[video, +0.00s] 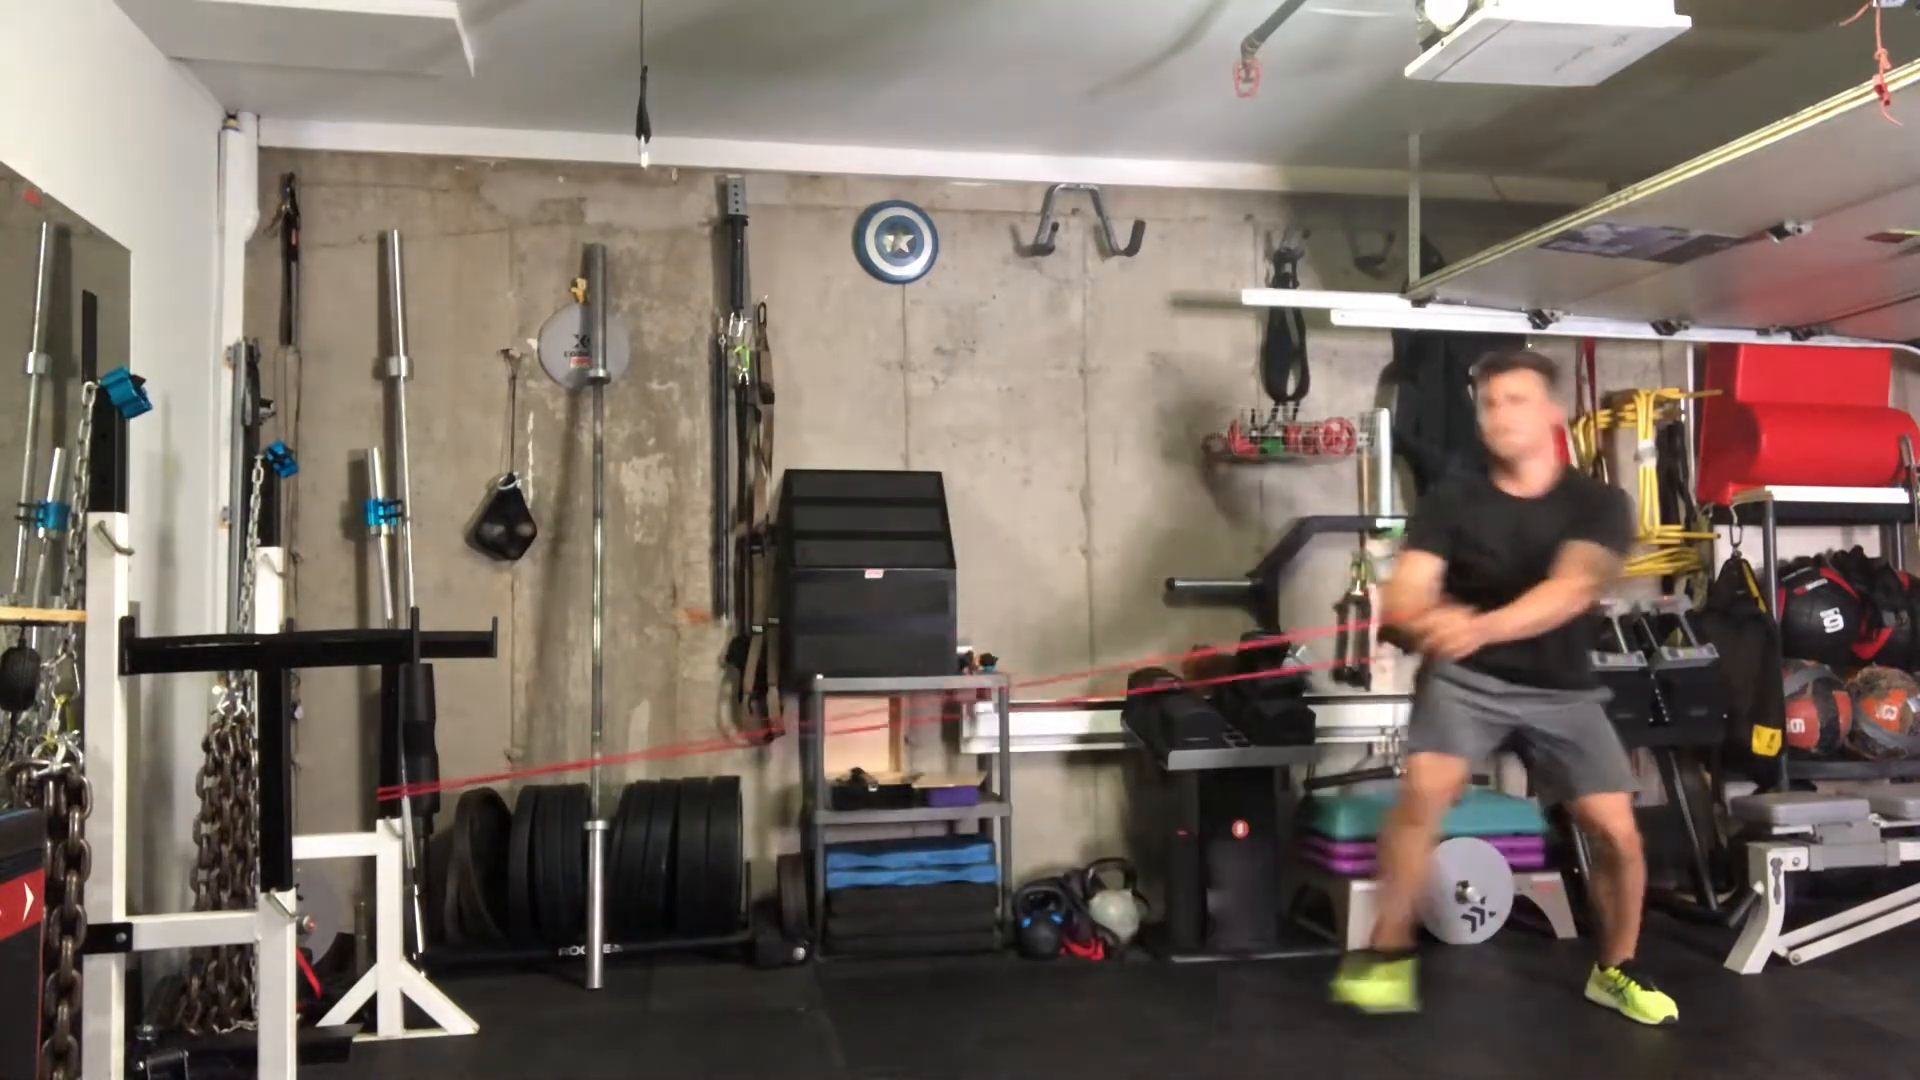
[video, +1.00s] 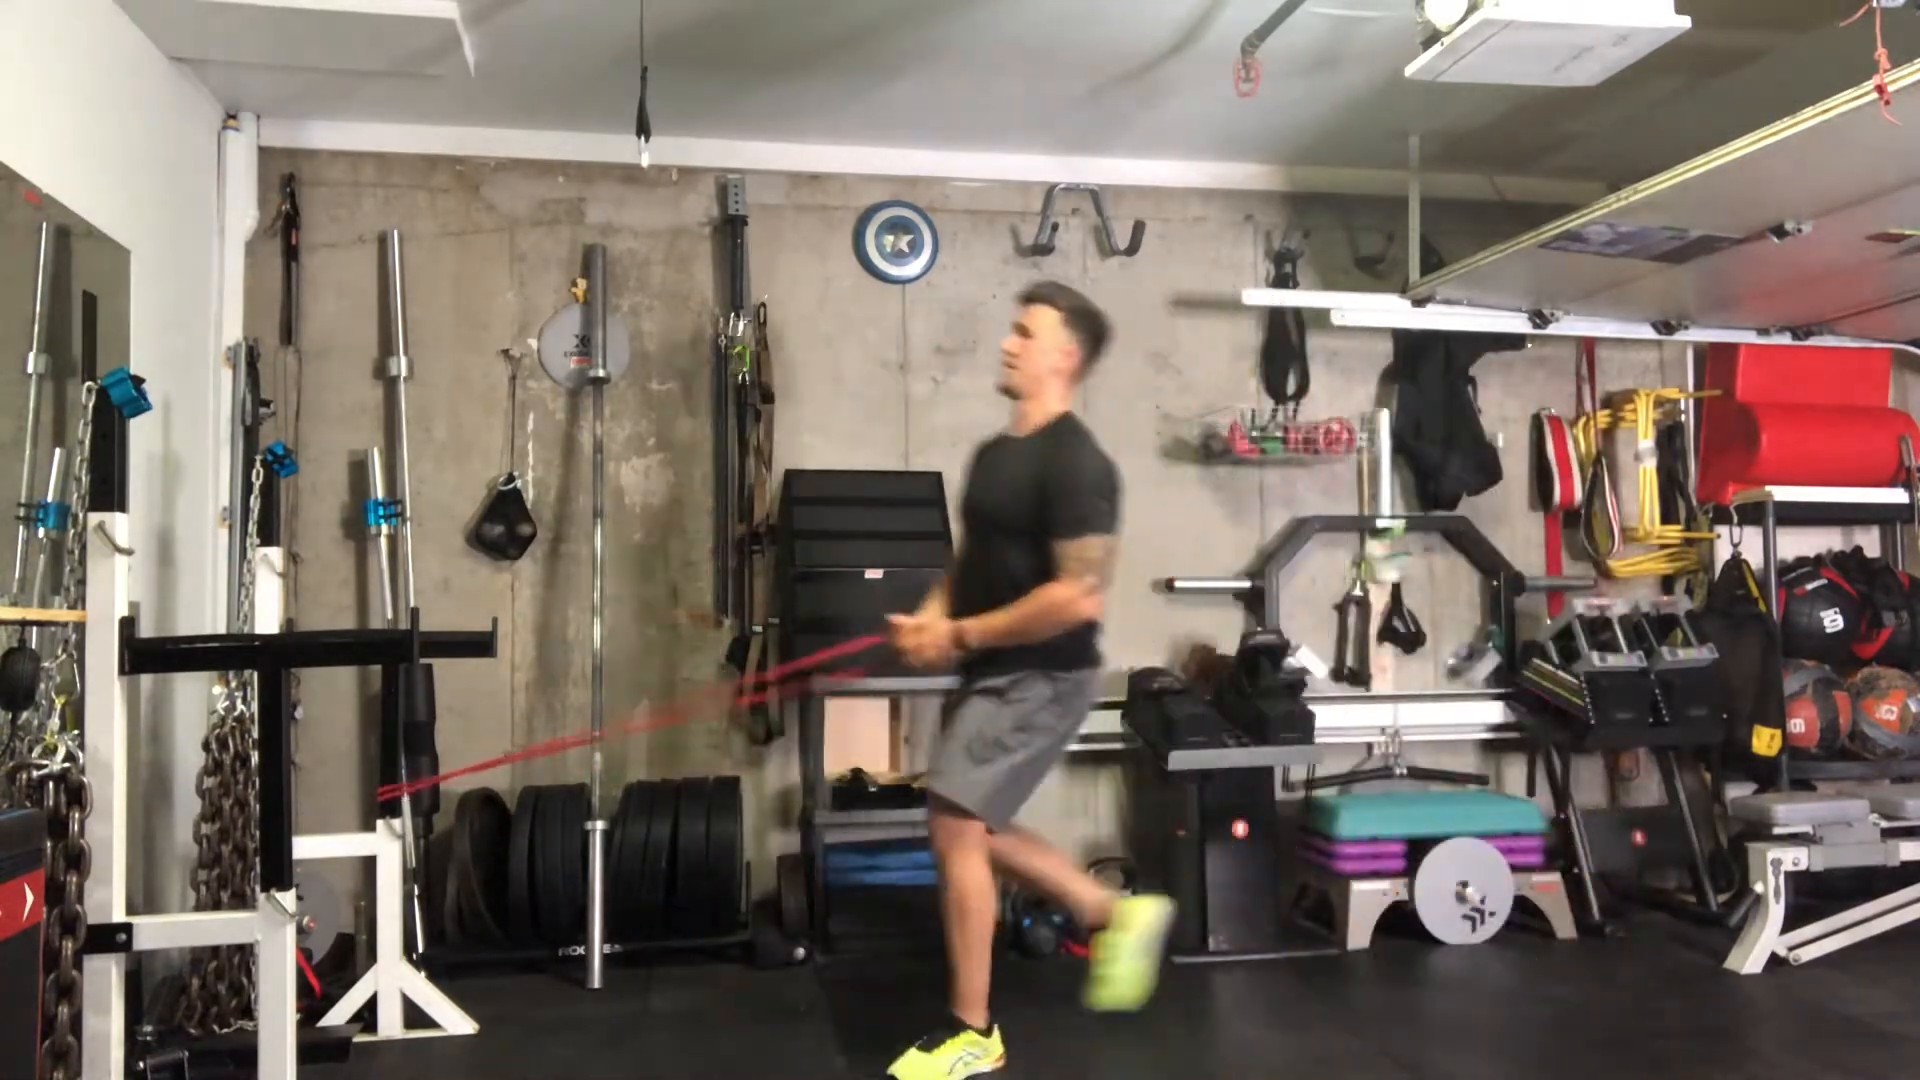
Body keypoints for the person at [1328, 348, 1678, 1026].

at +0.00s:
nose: (1500, 415)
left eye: (1515, 401)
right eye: (1489, 404)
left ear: (1553, 414)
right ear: (1479, 419)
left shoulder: (1597, 503)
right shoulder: (1453, 498)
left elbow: (1572, 590)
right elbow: (1403, 600)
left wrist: (1482, 627)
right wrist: (1439, 623)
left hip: (1565, 696)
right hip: (1463, 687)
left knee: (1619, 836)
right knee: (1422, 797)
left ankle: (1614, 970)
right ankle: (1389, 954)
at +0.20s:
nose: (1365, 392)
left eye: (1381, 378)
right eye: (1360, 379)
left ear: (1427, 389)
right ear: (1354, 393)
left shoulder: (1471, 482)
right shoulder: (1344, 487)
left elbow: (1440, 603)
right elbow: (1307, 579)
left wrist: (1323, 658)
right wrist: (1279, 644)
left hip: (1474, 690)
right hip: (1368, 683)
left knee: (1549, 822)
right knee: (1308, 799)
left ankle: (1614, 964)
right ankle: (1273, 972)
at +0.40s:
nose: (1253, 368)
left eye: (1268, 356)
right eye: (1254, 355)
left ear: (1314, 369)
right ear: (1267, 368)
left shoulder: (1349, 463)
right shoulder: (1248, 465)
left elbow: (1304, 583)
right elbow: (1211, 555)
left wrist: (1191, 627)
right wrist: (1166, 612)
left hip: (1350, 677)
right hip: (1264, 670)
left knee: (1382, 819)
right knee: (1240, 806)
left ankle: (1526, 916)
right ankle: (1266, 976)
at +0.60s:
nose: (1175, 354)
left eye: (1191, 340)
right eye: (1176, 340)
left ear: (1238, 354)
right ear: (1192, 355)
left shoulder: (1265, 448)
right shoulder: (1175, 451)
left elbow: (1225, 566)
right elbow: (1138, 541)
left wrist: (1112, 602)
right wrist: (1087, 592)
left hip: (1257, 655)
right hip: (1198, 655)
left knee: (1199, 786)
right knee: (1211, 806)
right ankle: (1247, 982)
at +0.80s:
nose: (1097, 365)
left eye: (1113, 354)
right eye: (1098, 352)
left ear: (1159, 369)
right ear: (1112, 367)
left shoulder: (1177, 465)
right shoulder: (1091, 469)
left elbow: (1157, 593)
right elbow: (1057, 563)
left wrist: (1041, 628)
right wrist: (1007, 618)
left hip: (1152, 685)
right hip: (1106, 685)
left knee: (1073, 827)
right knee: (1156, 821)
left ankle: (997, 1016)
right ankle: (1260, 961)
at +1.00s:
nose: (1007, 344)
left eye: (1026, 335)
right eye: (1012, 331)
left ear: (1071, 358)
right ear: (1037, 355)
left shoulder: (1078, 462)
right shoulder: (994, 456)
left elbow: (1080, 594)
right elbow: (974, 561)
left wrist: (963, 634)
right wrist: (934, 616)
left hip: (1044, 674)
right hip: (989, 669)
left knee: (957, 824)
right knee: (969, 826)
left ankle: (972, 1031)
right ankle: (1114, 911)